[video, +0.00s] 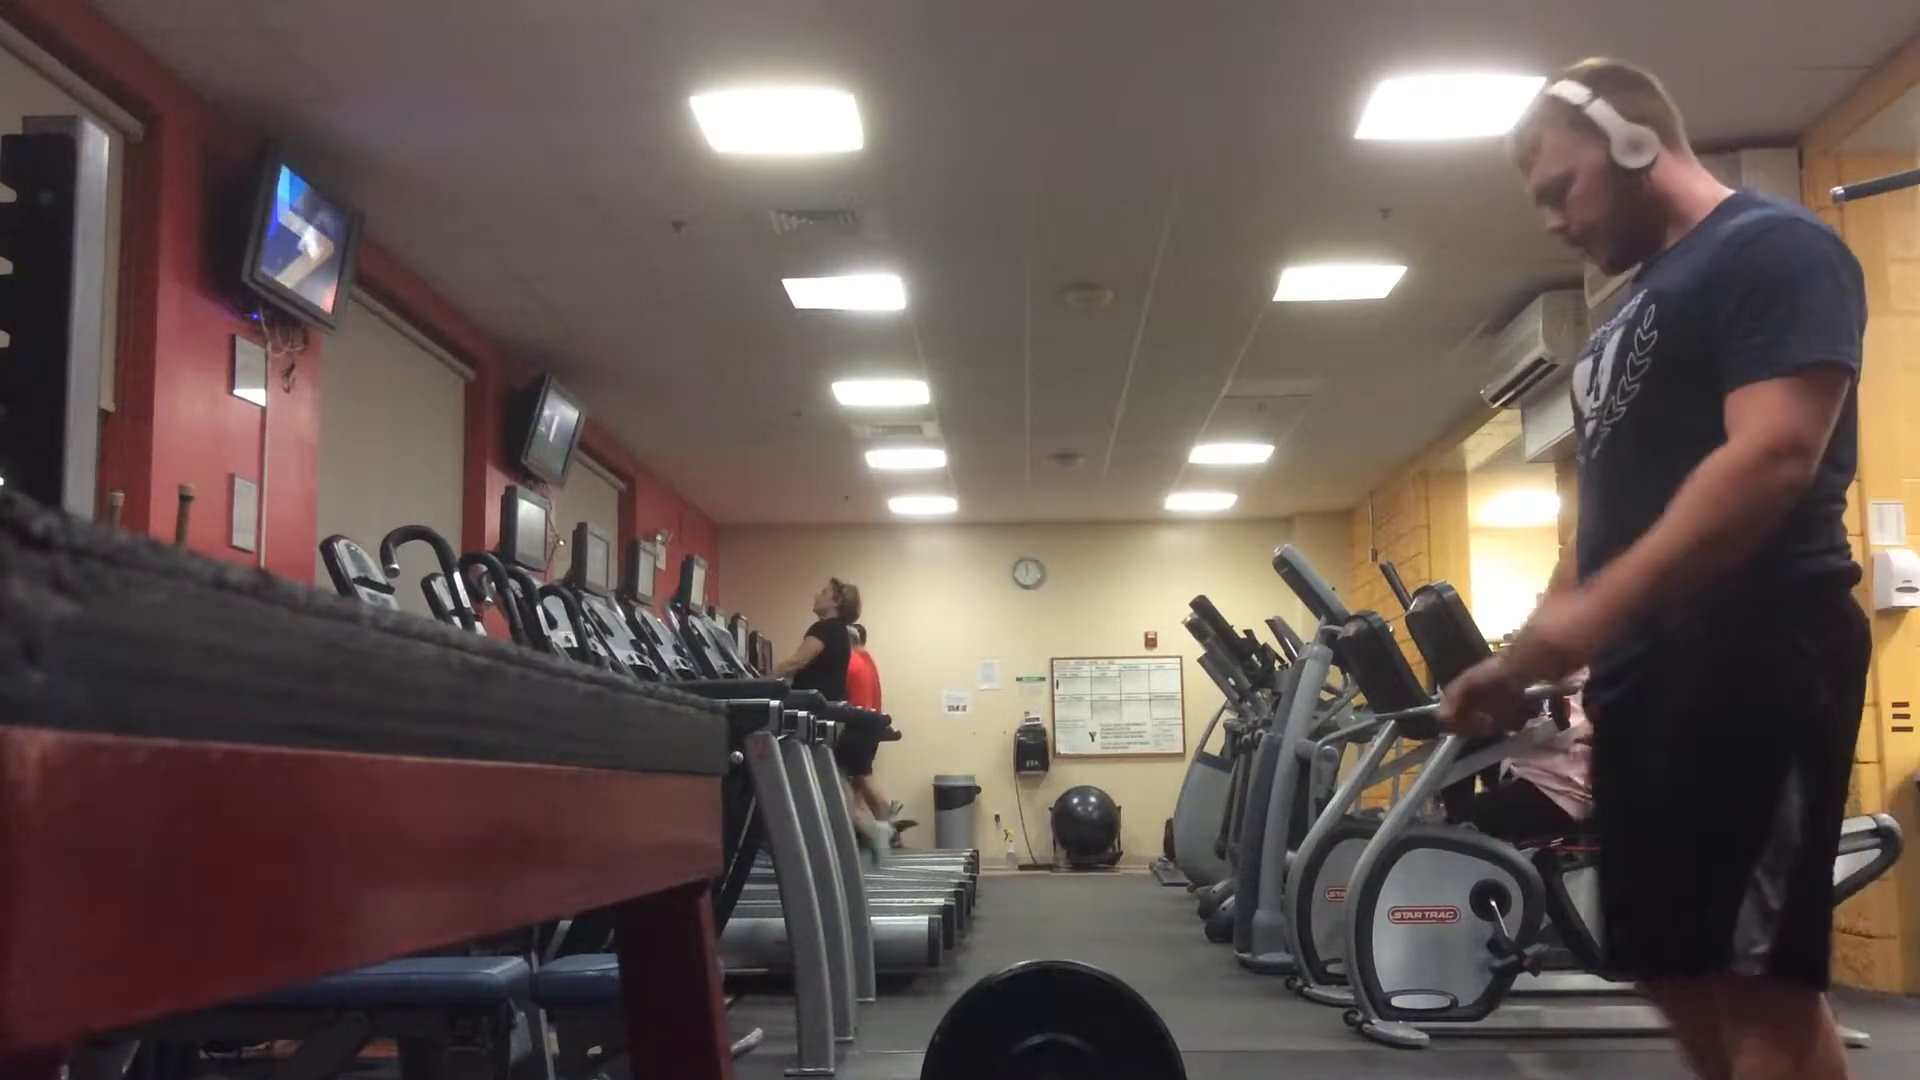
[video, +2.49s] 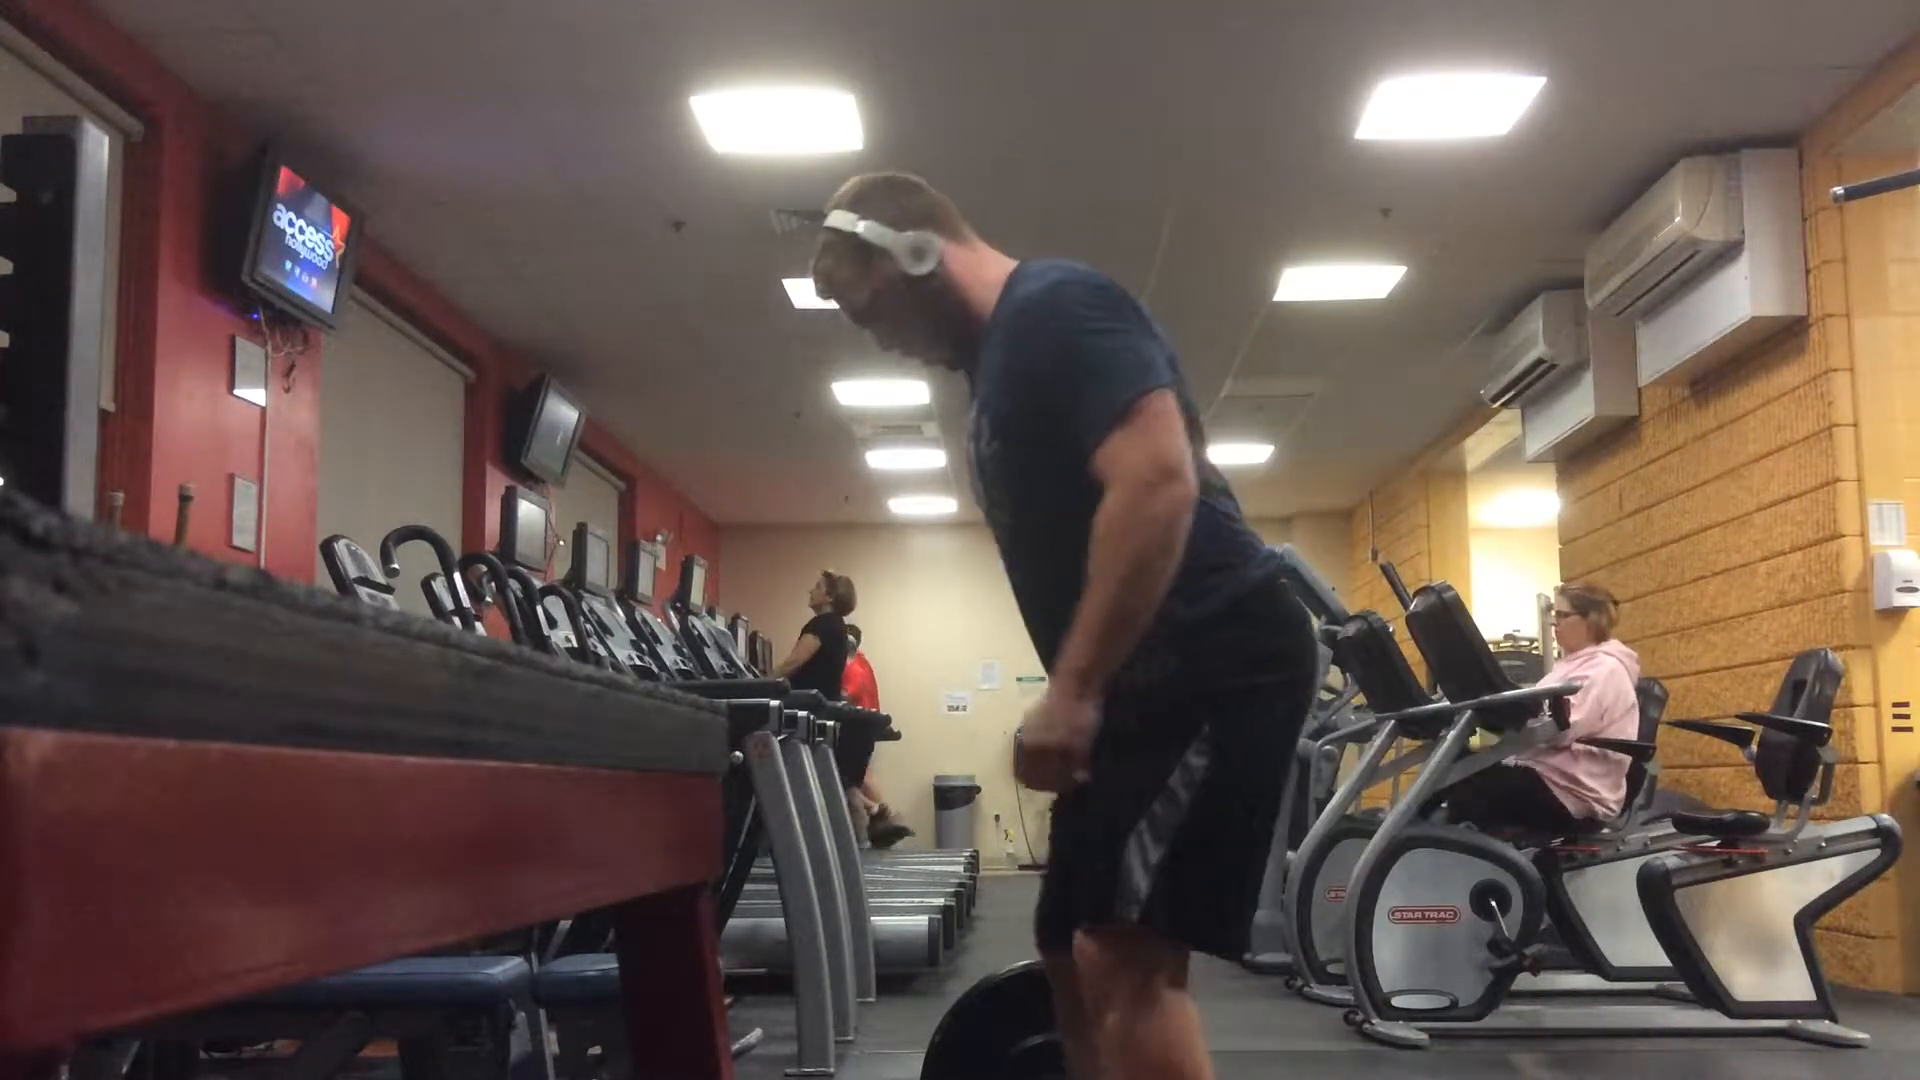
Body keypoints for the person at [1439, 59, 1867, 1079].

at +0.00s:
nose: (1556, 224)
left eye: (1561, 191)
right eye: (1544, 209)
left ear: (1634, 146)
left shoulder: (1775, 243)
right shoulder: (1611, 334)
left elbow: (1776, 455)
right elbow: (1600, 537)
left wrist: (1589, 618)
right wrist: (1518, 671)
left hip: (1765, 647)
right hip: (1651, 661)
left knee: (1767, 991)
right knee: (1671, 968)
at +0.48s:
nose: (1486, 221)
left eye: (1490, 187)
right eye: (1474, 204)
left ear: (1566, 144)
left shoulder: (1711, 237)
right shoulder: (1580, 309)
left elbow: (1793, 459)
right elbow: (1602, 521)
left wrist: (1804, 688)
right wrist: (1572, 676)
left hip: (1740, 682)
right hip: (1617, 686)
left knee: (1758, 998)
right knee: (1531, 916)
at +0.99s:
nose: (1353, 263)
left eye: (1351, 230)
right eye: (1341, 246)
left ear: (1415, 186)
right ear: (1405, 201)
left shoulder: (1540, 255)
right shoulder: (1445, 329)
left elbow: (1577, 449)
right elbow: (1470, 525)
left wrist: (1424, 614)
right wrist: (1451, 690)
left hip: (1606, 653)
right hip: (1508, 668)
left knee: (1616, 994)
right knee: (1505, 977)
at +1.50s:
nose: (1163, 293)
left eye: (1164, 262)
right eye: (1151, 277)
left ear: (1225, 215)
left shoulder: (1337, 268)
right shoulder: (1262, 344)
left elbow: (1433, 443)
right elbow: (1326, 517)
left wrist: (1413, 647)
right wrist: (1308, 664)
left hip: (1414, 661)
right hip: (1357, 669)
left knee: (1370, 980)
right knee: (1404, 981)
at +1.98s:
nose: (993, 312)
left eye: (993, 283)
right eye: (981, 296)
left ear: (1051, 231)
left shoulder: (1163, 280)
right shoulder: (1107, 351)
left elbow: (1296, 423)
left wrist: (1250, 625)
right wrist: (1179, 653)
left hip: (1261, 672)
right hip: (1204, 683)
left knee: (1196, 959)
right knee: (1182, 958)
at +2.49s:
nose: (879, 341)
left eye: (872, 311)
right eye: (862, 324)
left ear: (918, 256)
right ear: (921, 260)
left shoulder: (1052, 303)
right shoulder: (1001, 373)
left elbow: (1157, 480)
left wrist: (1075, 687)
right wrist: (1073, 709)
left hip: (1216, 642)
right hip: (1151, 661)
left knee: (1124, 951)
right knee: (1071, 947)